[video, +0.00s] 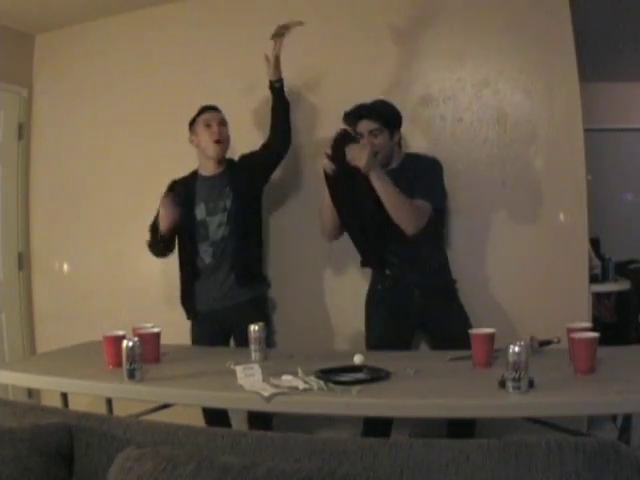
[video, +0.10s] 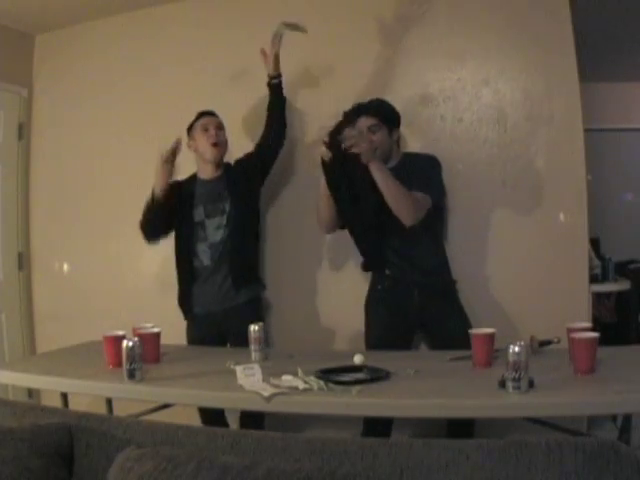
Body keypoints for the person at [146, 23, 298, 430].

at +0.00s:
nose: (219, 130)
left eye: (223, 125)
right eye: (209, 126)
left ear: (229, 135)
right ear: (193, 139)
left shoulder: (248, 173)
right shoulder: (179, 189)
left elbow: (279, 141)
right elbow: (159, 250)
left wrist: (275, 75)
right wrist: (164, 227)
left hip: (249, 300)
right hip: (205, 306)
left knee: (258, 386)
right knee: (210, 394)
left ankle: (262, 458)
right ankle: (224, 459)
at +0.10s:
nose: (216, 134)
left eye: (220, 130)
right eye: (207, 130)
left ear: (227, 142)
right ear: (191, 144)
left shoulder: (245, 176)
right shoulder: (179, 192)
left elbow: (274, 136)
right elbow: (151, 233)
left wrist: (274, 77)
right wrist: (161, 185)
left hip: (245, 304)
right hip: (200, 309)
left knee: (251, 385)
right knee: (206, 394)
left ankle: (253, 454)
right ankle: (221, 456)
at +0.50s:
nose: (211, 134)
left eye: (217, 129)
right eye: (203, 129)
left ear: (226, 140)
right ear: (191, 142)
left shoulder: (242, 178)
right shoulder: (185, 185)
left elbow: (265, 161)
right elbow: (168, 180)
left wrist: (271, 113)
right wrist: (173, 129)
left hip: (236, 297)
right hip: (195, 299)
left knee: (243, 376)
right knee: (182, 376)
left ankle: (245, 447)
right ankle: (202, 444)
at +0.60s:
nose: (206, 136)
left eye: (211, 131)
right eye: (198, 132)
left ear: (219, 144)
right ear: (186, 145)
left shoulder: (238, 183)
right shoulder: (181, 185)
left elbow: (263, 192)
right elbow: (171, 205)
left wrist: (265, 147)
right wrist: (175, 155)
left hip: (234, 299)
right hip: (192, 302)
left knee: (245, 379)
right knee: (180, 380)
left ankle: (246, 450)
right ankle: (189, 447)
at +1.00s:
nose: (175, 148)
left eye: (178, 143)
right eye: (166, 146)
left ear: (188, 151)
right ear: (155, 158)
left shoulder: (217, 191)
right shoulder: (154, 199)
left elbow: (251, 227)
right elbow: (170, 227)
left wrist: (275, 205)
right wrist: (168, 167)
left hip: (229, 303)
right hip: (186, 308)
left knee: (249, 379)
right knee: (176, 383)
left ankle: (263, 448)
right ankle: (185, 449)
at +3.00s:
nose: (144, 154)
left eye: (140, 148)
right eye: (134, 151)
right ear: (115, 165)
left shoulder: (162, 192)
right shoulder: (113, 211)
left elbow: (191, 235)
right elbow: (144, 260)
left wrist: (236, 227)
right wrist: (183, 226)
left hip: (205, 297)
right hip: (168, 310)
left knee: (250, 348)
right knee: (171, 382)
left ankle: (251, 427)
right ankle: (166, 451)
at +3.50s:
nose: (189, 159)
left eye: (188, 153)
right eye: (180, 155)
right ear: (157, 164)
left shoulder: (198, 199)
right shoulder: (142, 206)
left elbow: (210, 248)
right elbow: (144, 267)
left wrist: (245, 261)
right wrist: (179, 247)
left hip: (196, 311)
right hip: (158, 316)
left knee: (206, 391)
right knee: (169, 394)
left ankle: (198, 456)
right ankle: (167, 459)